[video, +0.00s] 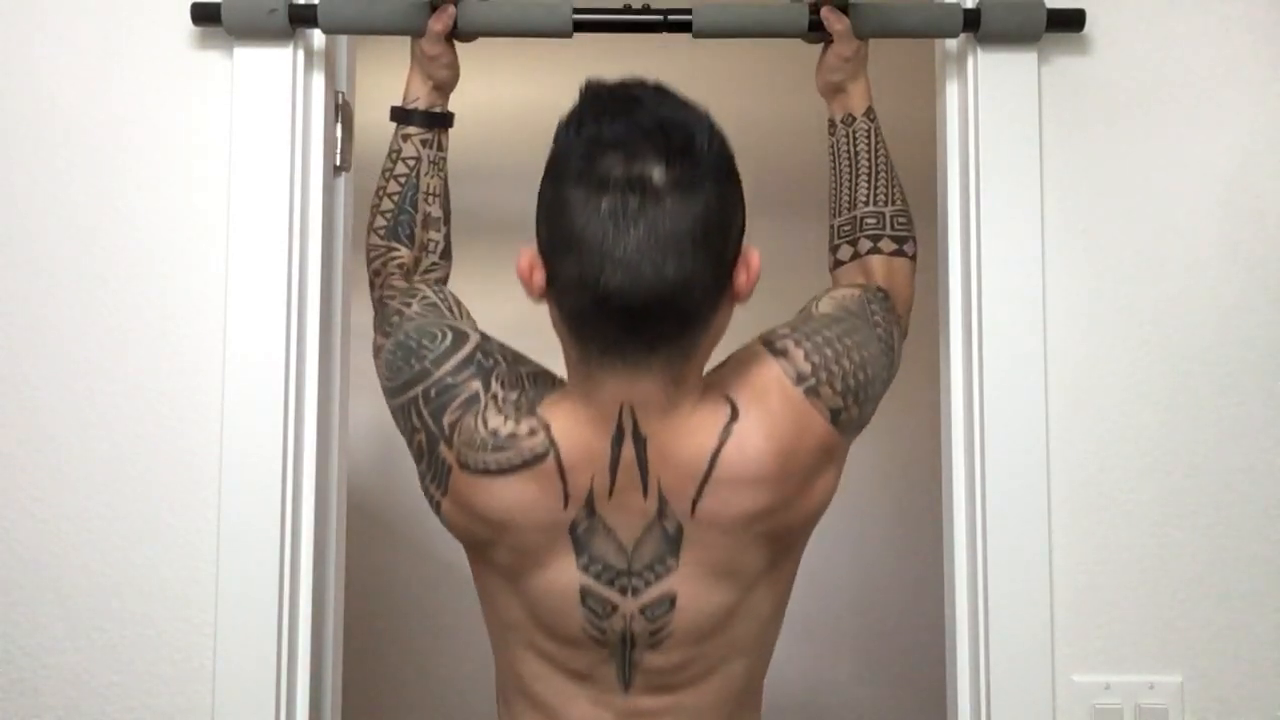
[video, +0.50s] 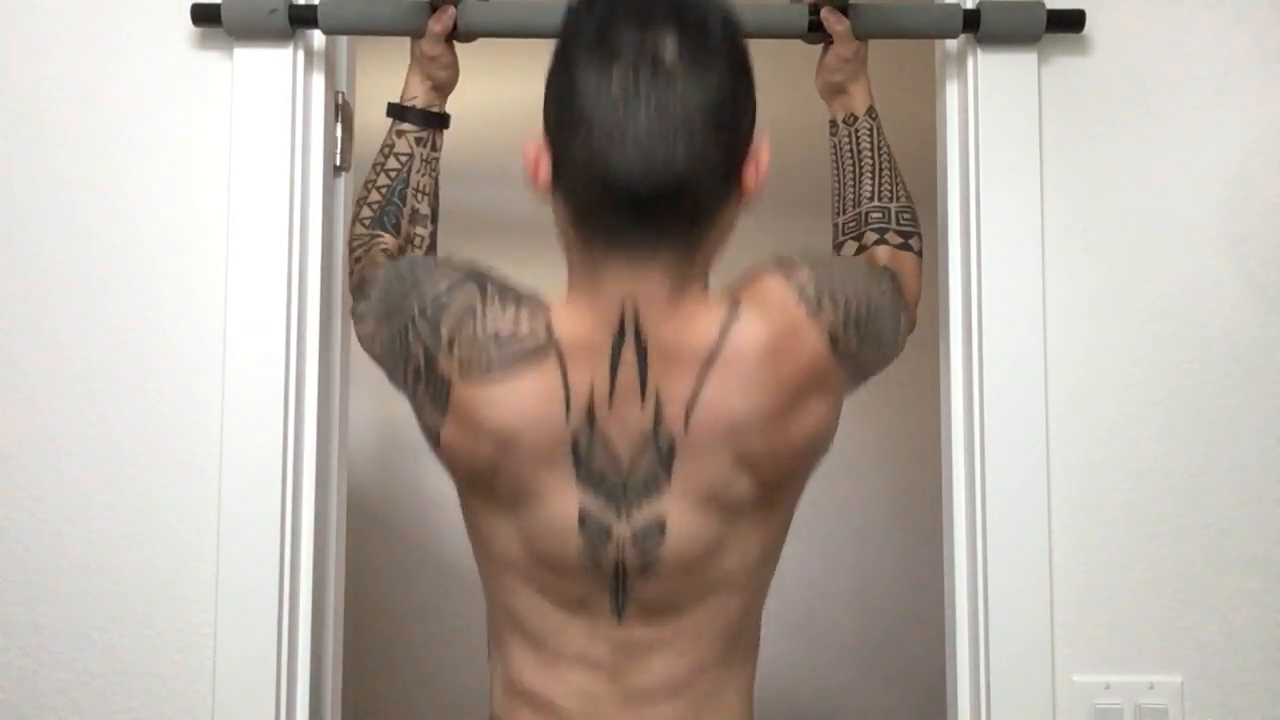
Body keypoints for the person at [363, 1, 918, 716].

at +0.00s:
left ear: (534, 277)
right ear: (743, 279)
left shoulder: (491, 451)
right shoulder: (783, 435)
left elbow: (402, 275)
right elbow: (877, 275)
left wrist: (425, 92)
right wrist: (850, 96)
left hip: (533, 712)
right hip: (726, 712)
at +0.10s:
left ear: (530, 303)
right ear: (739, 303)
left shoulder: (494, 473)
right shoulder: (775, 453)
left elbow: (404, 281)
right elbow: (875, 284)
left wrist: (426, 91)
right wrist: (849, 96)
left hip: (534, 713)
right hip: (724, 713)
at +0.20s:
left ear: (530, 315)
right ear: (739, 317)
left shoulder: (495, 479)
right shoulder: (775, 460)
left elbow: (404, 281)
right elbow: (873, 285)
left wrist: (426, 90)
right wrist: (849, 96)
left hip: (532, 713)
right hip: (722, 713)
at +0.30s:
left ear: (532, 300)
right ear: (742, 301)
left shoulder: (490, 461)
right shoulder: (779, 443)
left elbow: (400, 280)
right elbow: (873, 285)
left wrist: (426, 91)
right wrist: (849, 98)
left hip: (528, 711)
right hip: (719, 712)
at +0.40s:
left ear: (536, 244)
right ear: (748, 250)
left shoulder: (482, 418)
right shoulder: (784, 403)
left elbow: (390, 265)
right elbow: (881, 269)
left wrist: (424, 94)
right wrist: (849, 98)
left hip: (526, 710)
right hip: (716, 710)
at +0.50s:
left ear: (539, 170)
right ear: (753, 171)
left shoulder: (475, 356)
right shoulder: (795, 343)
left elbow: (379, 261)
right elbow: (892, 263)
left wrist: (423, 89)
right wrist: (850, 96)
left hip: (530, 708)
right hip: (711, 707)